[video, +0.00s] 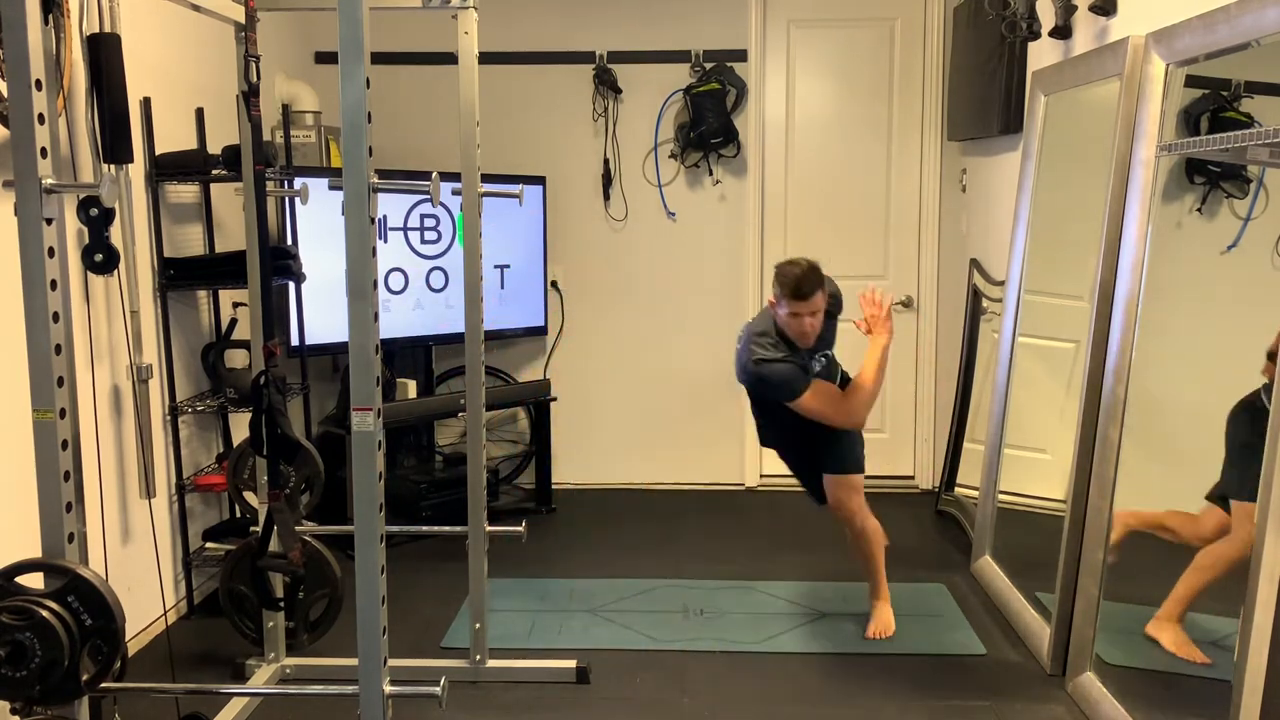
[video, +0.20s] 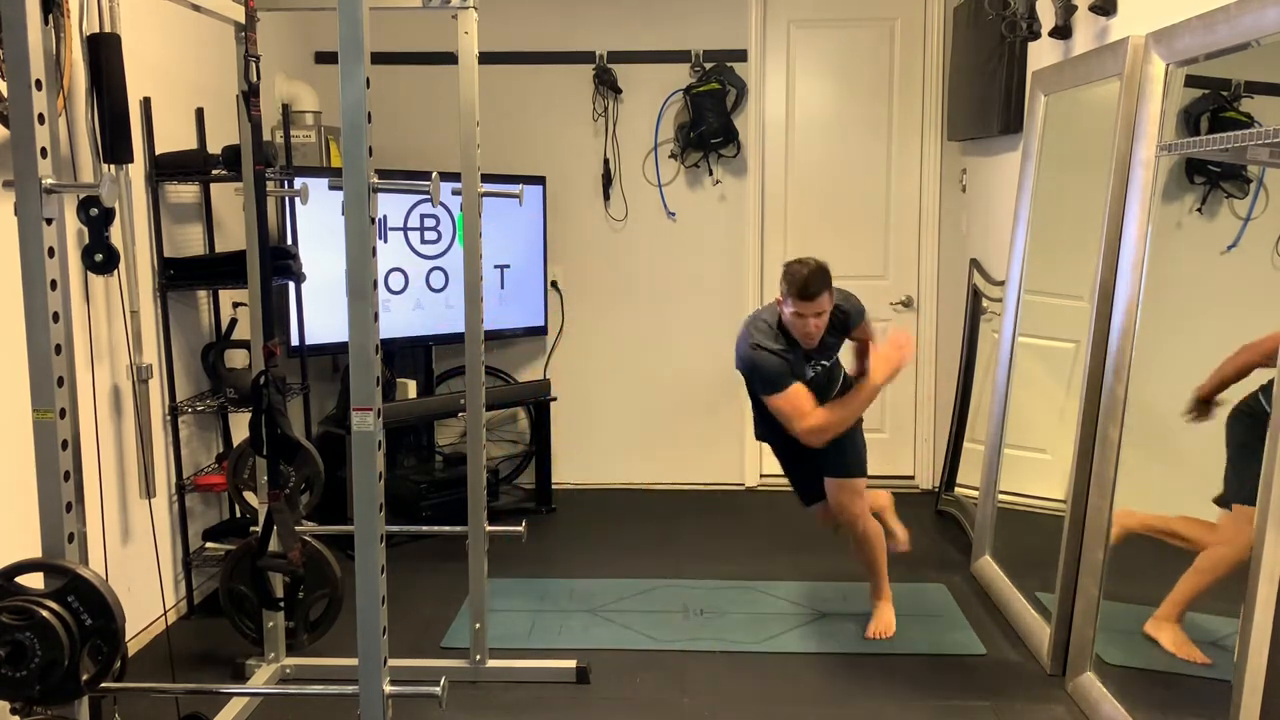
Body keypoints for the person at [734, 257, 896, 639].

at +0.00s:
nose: (807, 325)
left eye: (815, 313)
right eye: (795, 316)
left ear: (824, 301)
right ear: (774, 305)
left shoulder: (829, 297)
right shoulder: (764, 363)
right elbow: (851, 414)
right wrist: (881, 339)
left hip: (834, 409)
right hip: (789, 432)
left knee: (848, 507)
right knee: (836, 500)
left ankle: (880, 597)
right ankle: (873, 532)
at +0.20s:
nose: (812, 326)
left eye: (820, 314)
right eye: (801, 316)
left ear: (830, 302)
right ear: (782, 305)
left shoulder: (844, 310)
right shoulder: (759, 347)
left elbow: (863, 338)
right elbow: (811, 430)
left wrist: (862, 377)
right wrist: (879, 378)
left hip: (834, 410)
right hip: (785, 433)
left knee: (852, 510)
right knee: (828, 515)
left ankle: (882, 597)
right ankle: (879, 503)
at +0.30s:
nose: (794, 314)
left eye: (803, 303)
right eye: (784, 304)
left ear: (816, 290)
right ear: (766, 290)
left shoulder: (838, 313)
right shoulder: (740, 327)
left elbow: (897, 354)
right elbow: (741, 413)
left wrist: (924, 414)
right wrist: (818, 439)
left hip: (824, 404)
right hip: (767, 408)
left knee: (846, 506)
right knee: (762, 516)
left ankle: (882, 598)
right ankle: (802, 512)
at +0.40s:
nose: (772, 297)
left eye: (781, 286)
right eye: (762, 287)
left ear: (795, 274)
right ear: (746, 275)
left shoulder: (820, 305)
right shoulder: (718, 302)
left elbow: (894, 360)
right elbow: (671, 366)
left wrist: (909, 442)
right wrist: (685, 439)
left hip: (800, 404)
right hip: (735, 404)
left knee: (841, 507)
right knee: (697, 481)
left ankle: (882, 598)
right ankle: (694, 533)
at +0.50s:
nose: (738, 289)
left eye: (748, 278)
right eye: (729, 279)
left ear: (763, 265)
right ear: (713, 266)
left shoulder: (786, 293)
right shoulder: (684, 279)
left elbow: (845, 364)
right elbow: (625, 308)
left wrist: (824, 442)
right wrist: (589, 349)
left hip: (758, 388)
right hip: (690, 383)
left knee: (807, 484)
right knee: (647, 480)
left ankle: (862, 587)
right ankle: (599, 573)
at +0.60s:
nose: (695, 300)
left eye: (704, 290)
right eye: (686, 289)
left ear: (722, 275)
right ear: (673, 275)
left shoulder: (745, 304)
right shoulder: (648, 276)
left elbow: (771, 395)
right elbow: (592, 269)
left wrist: (702, 438)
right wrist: (545, 269)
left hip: (712, 386)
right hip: (651, 382)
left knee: (752, 493)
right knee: (615, 489)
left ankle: (768, 550)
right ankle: (576, 593)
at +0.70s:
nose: (661, 314)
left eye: (671, 305)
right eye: (653, 304)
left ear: (687, 294)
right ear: (639, 291)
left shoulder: (705, 329)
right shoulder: (620, 284)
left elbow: (685, 420)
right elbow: (569, 257)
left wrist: (607, 419)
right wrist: (518, 237)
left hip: (673, 399)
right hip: (621, 386)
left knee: (678, 505)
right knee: (596, 492)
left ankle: (629, 500)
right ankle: (573, 595)